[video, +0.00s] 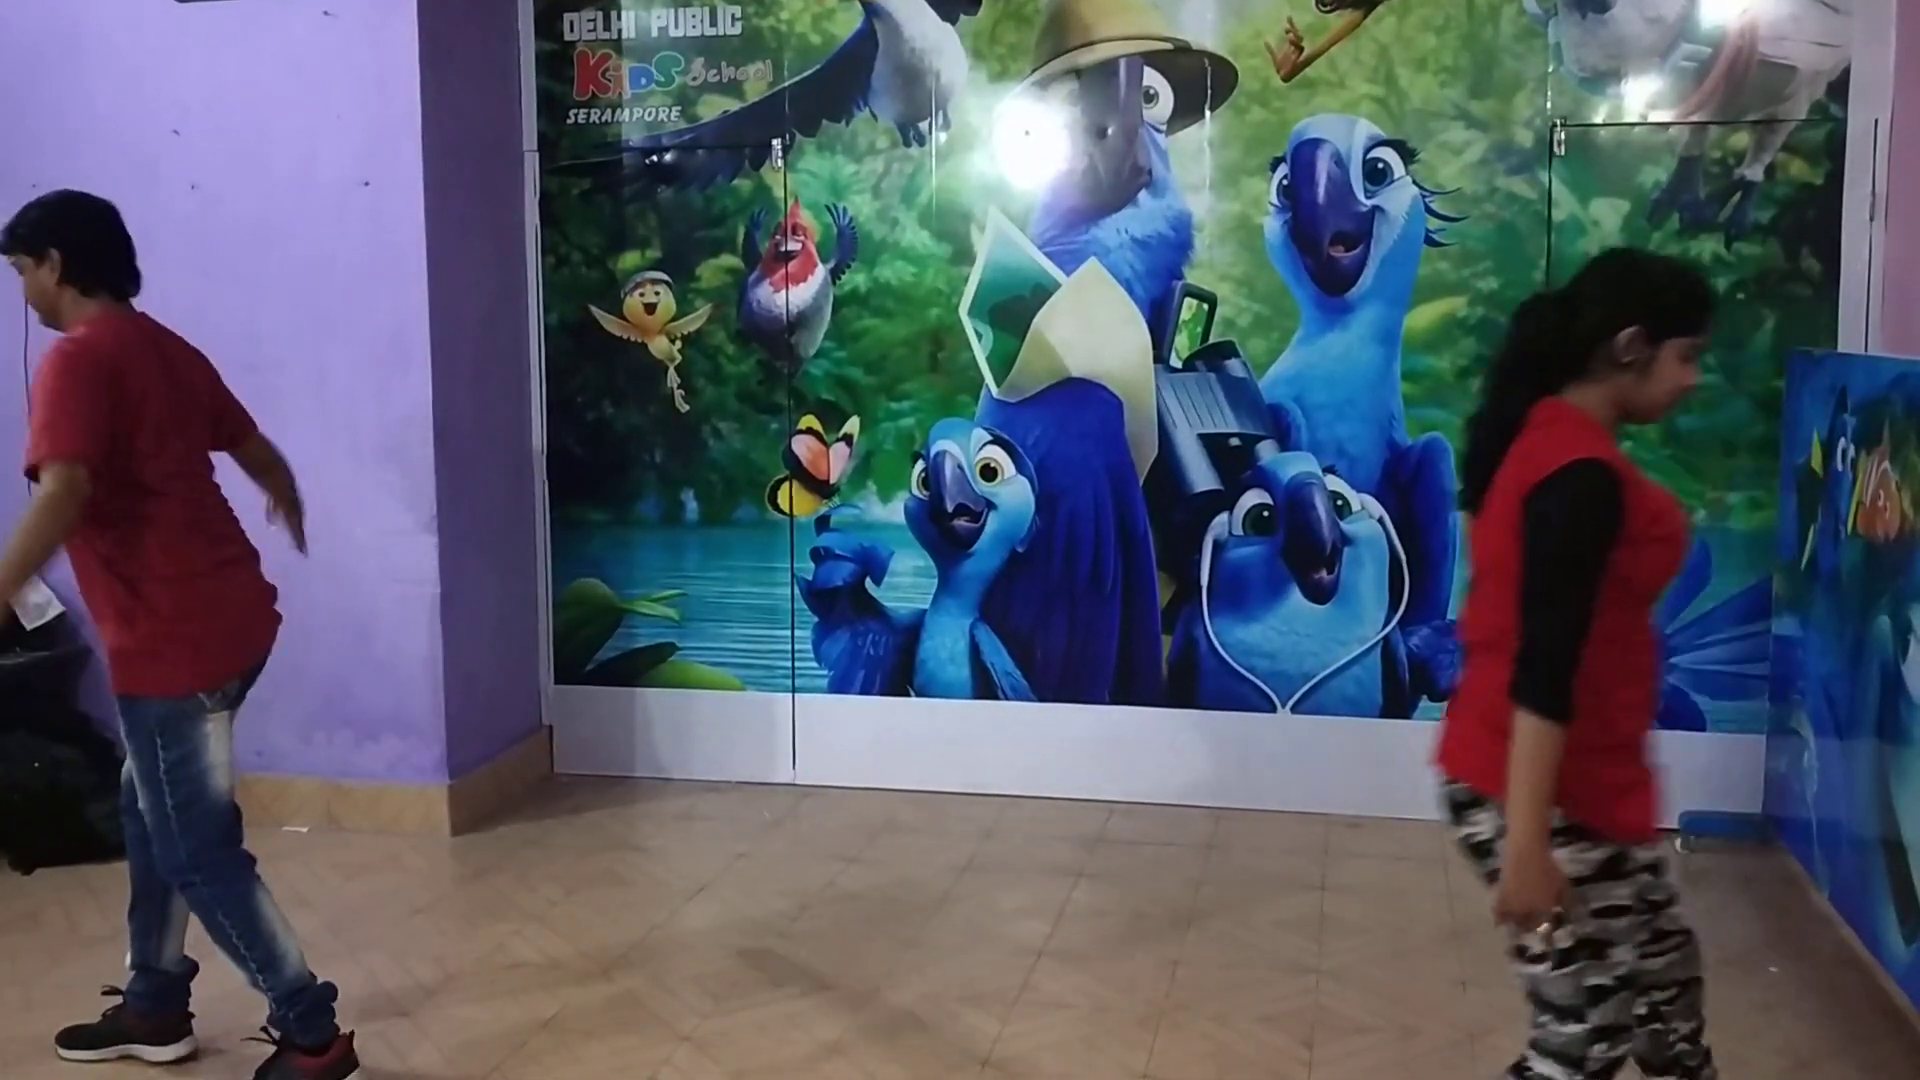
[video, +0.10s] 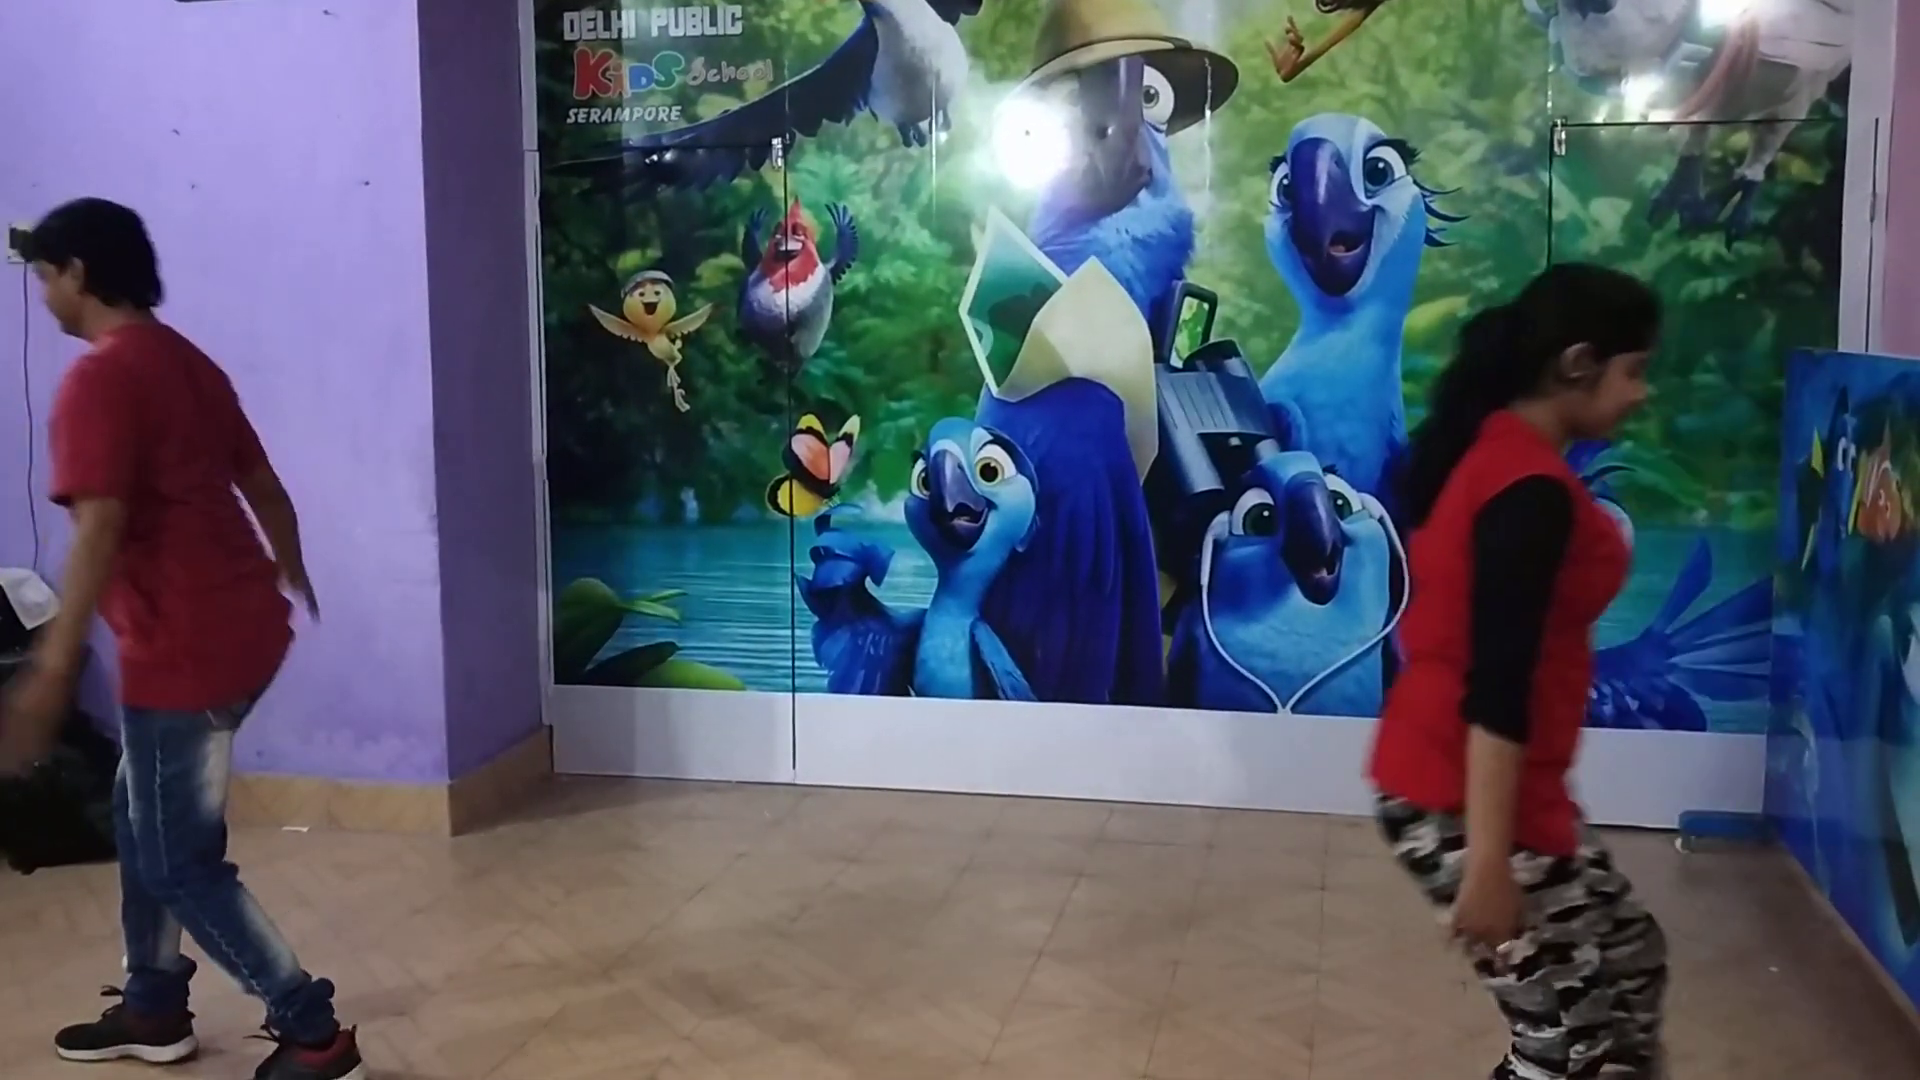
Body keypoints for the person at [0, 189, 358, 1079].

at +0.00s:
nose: (19, 287)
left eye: (22, 269)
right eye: (17, 270)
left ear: (54, 266)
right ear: (96, 265)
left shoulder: (75, 361)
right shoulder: (168, 346)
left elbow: (66, 489)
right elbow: (251, 445)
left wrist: (6, 584)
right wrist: (287, 495)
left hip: (167, 643)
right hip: (234, 619)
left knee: (201, 853)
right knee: (149, 815)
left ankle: (313, 1031)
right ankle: (154, 1009)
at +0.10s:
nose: (40, 291)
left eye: (43, 274)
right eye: (38, 275)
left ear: (76, 273)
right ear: (121, 271)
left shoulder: (100, 375)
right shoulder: (188, 360)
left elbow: (99, 524)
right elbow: (263, 483)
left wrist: (53, 663)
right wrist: (292, 568)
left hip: (180, 649)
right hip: (242, 628)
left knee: (186, 864)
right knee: (144, 818)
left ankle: (313, 1030)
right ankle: (153, 1009)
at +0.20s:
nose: (75, 303)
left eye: (80, 286)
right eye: (74, 286)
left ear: (116, 286)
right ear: (162, 284)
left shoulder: (135, 392)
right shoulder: (222, 376)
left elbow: (143, 549)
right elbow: (282, 515)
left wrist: (124, 698)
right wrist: (306, 621)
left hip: (203, 659)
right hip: (260, 644)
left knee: (176, 872)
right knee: (156, 827)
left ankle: (314, 1029)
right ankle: (154, 1009)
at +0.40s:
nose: (163, 318)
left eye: (168, 300)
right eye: (163, 301)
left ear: (204, 300)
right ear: (243, 298)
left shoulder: (220, 408)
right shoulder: (311, 387)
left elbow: (253, 566)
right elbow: (355, 539)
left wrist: (273, 724)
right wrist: (381, 682)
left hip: (294, 688)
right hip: (352, 669)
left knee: (221, 870)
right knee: (232, 830)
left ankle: (322, 1038)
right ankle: (242, 998)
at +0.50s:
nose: (219, 319)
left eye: (226, 301)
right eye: (219, 302)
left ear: (265, 302)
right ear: (300, 300)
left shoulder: (281, 410)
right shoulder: (361, 388)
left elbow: (323, 568)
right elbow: (411, 541)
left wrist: (357, 723)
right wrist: (433, 689)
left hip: (345, 688)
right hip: (408, 671)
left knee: (244, 858)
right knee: (311, 824)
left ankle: (325, 1037)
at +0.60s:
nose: (287, 315)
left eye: (295, 297)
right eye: (287, 297)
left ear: (334, 298)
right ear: (356, 297)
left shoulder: (359, 403)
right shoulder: (423, 385)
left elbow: (403, 561)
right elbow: (451, 543)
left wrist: (444, 722)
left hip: (406, 693)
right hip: (470, 683)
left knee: (303, 845)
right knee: (421, 846)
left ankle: (332, 1041)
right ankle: (592, 957)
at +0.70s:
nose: (363, 309)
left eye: (370, 291)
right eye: (361, 292)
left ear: (413, 289)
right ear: (430, 290)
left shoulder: (444, 395)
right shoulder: (494, 374)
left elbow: (496, 554)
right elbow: (532, 532)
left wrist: (533, 716)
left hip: (505, 685)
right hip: (558, 674)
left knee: (396, 846)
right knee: (558, 857)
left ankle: (359, 1041)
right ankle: (708, 1008)